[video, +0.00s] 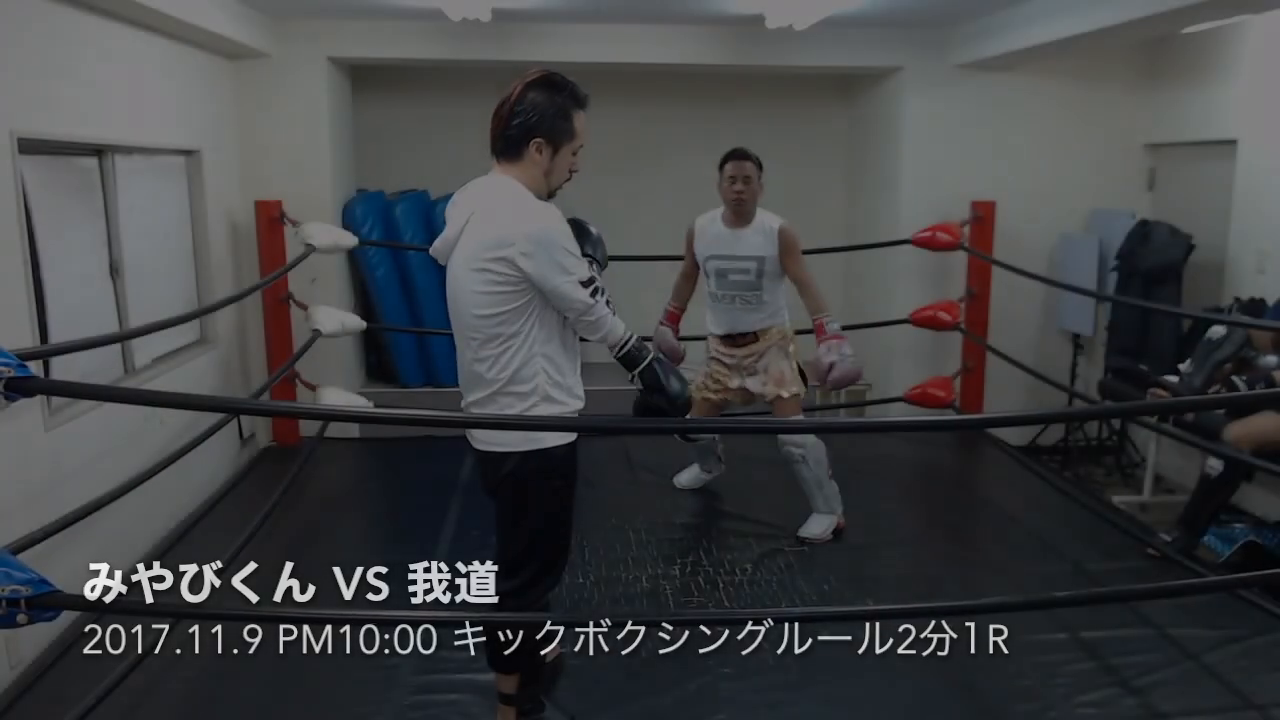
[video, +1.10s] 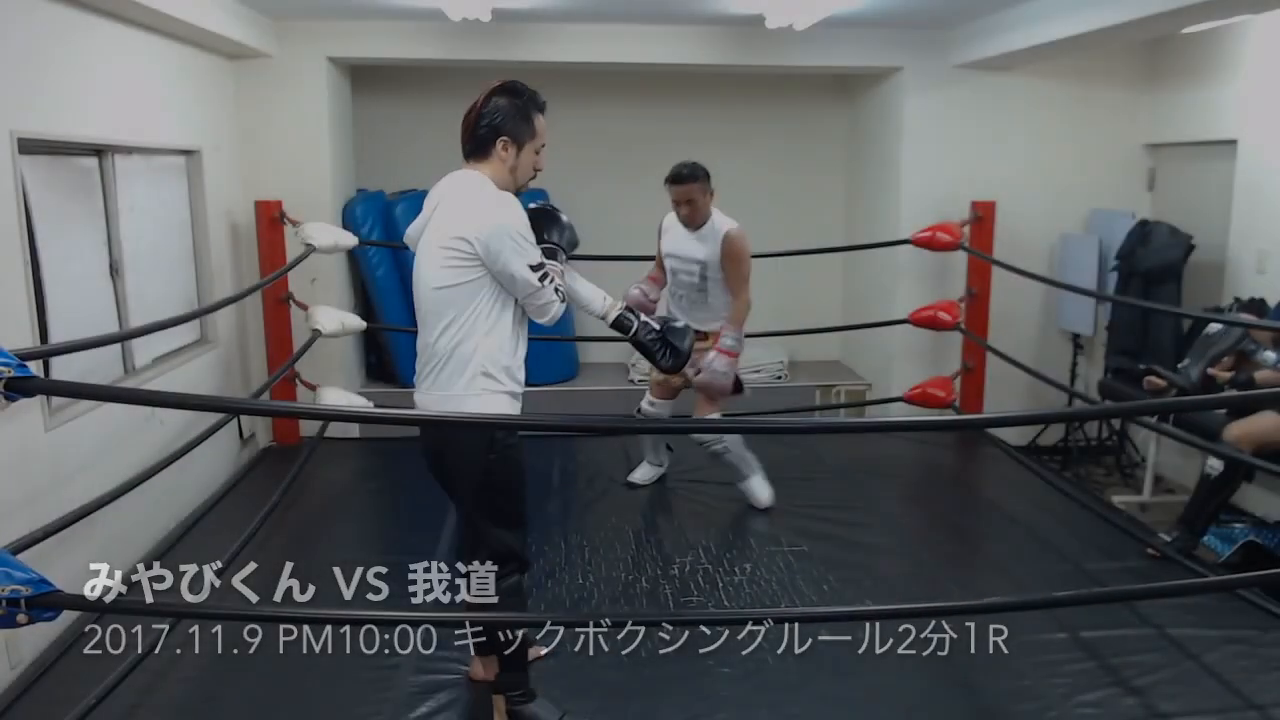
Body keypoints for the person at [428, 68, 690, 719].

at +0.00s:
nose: (578, 164)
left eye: (580, 150)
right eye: (574, 150)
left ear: (527, 143)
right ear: (540, 147)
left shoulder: (471, 200)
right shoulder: (535, 221)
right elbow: (586, 309)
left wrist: (567, 250)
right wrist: (644, 365)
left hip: (492, 420)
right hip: (535, 429)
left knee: (520, 556)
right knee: (534, 567)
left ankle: (521, 664)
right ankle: (513, 702)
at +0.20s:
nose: (569, 165)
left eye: (571, 152)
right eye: (566, 151)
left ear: (508, 141)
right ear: (533, 147)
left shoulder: (466, 199)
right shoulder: (532, 219)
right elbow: (583, 316)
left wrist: (564, 260)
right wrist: (651, 333)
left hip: (489, 419)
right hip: (530, 427)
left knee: (521, 556)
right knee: (527, 570)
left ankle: (524, 662)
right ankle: (513, 704)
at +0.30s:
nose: (565, 163)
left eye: (567, 150)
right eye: (562, 149)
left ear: (503, 140)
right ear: (530, 145)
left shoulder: (464, 199)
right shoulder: (530, 217)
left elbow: (578, 269)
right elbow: (582, 315)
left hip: (488, 421)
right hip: (527, 429)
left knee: (522, 557)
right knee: (523, 573)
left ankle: (524, 660)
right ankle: (512, 705)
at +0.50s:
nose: (560, 160)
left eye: (562, 147)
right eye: (556, 146)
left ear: (497, 141)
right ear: (524, 146)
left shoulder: (463, 199)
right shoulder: (525, 220)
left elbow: (572, 265)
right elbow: (585, 312)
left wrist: (650, 311)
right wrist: (616, 332)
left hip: (484, 418)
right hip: (520, 427)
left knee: (517, 557)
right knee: (519, 575)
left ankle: (521, 656)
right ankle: (512, 706)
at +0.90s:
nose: (543, 159)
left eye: (545, 147)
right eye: (539, 146)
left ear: (485, 142)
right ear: (507, 145)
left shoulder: (448, 195)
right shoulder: (508, 217)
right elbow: (550, 320)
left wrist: (638, 311)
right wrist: (570, 269)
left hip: (463, 405)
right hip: (502, 414)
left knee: (494, 540)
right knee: (514, 560)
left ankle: (487, 657)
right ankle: (514, 701)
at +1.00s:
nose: (541, 162)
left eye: (544, 149)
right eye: (537, 148)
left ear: (485, 142)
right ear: (505, 144)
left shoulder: (445, 195)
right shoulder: (502, 213)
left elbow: (423, 248)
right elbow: (550, 311)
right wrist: (565, 264)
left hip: (453, 405)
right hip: (492, 412)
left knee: (487, 537)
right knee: (512, 555)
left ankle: (487, 654)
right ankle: (512, 703)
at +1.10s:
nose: (539, 166)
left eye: (541, 153)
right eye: (536, 151)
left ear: (486, 144)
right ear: (505, 145)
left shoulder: (451, 194)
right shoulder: (492, 210)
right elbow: (546, 307)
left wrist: (627, 321)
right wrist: (545, 256)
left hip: (448, 408)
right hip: (479, 414)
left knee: (482, 535)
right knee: (505, 554)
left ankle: (489, 650)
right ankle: (512, 697)